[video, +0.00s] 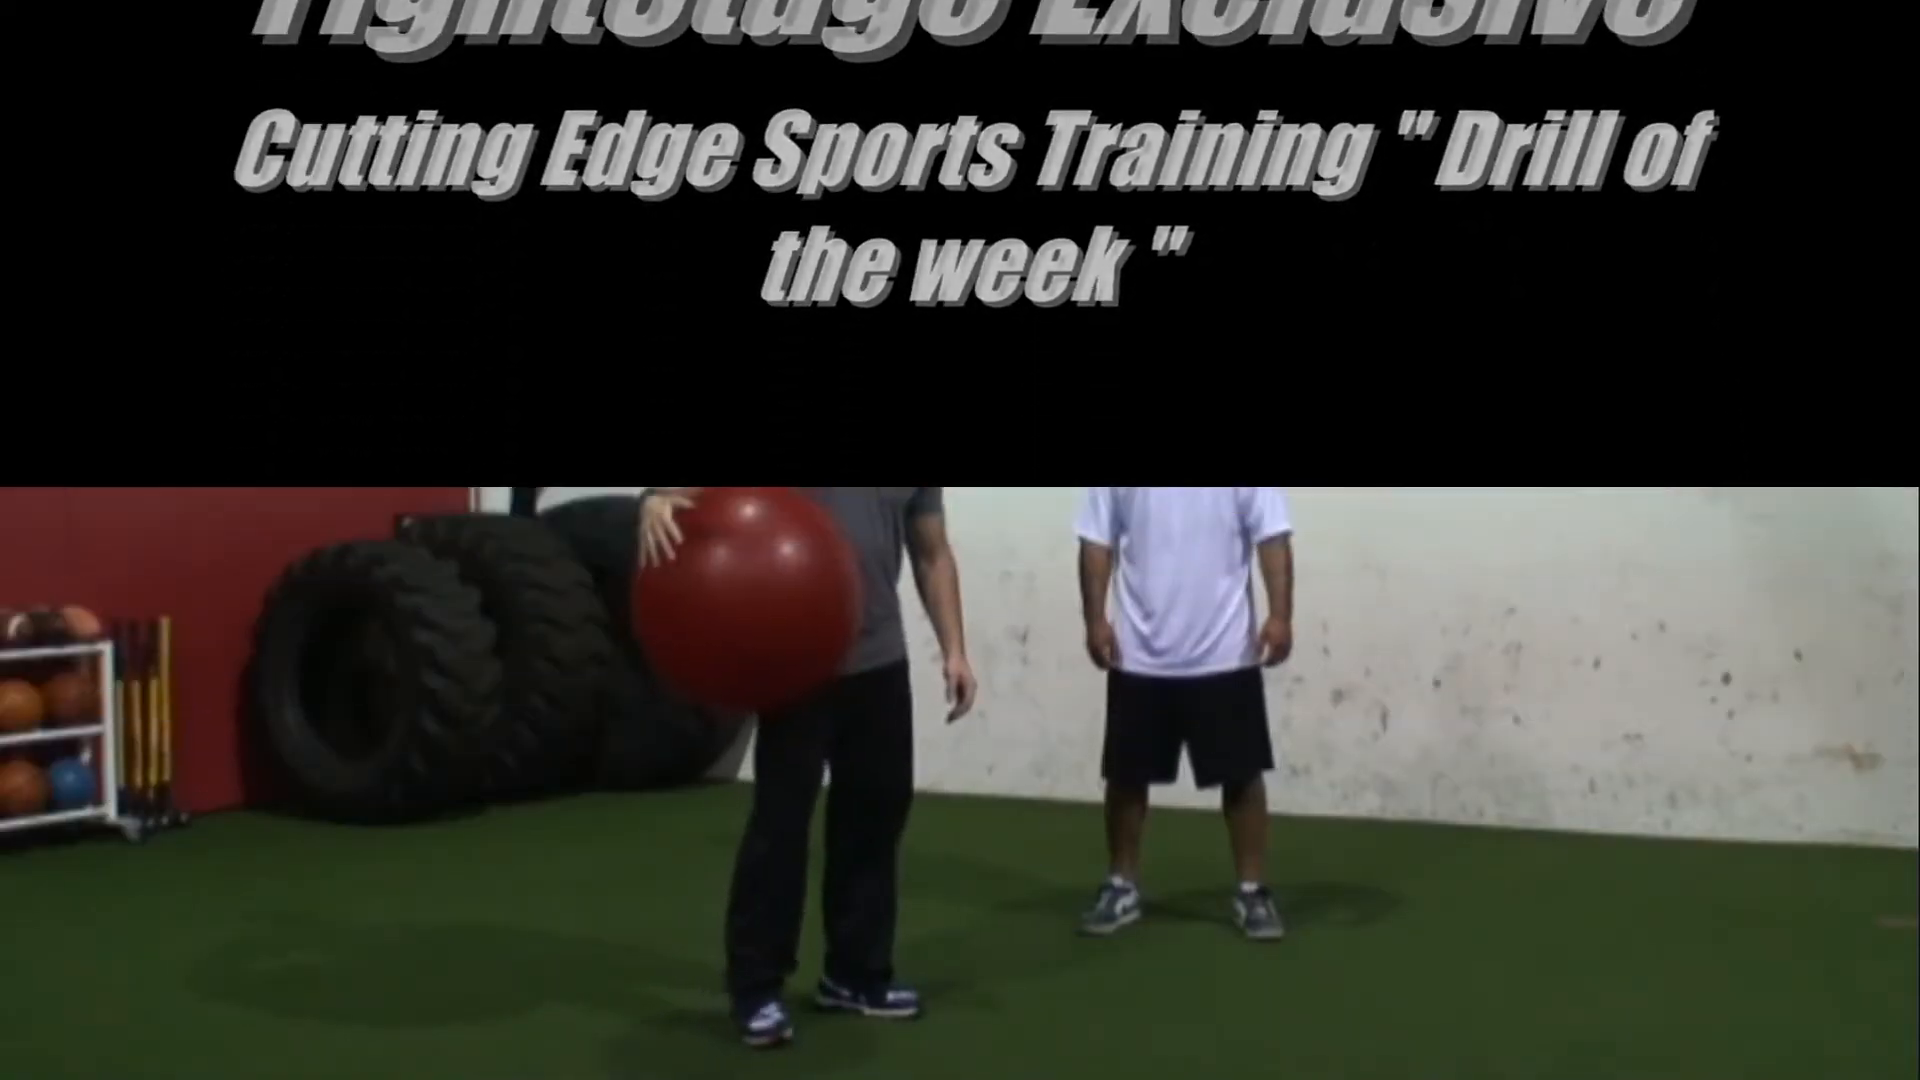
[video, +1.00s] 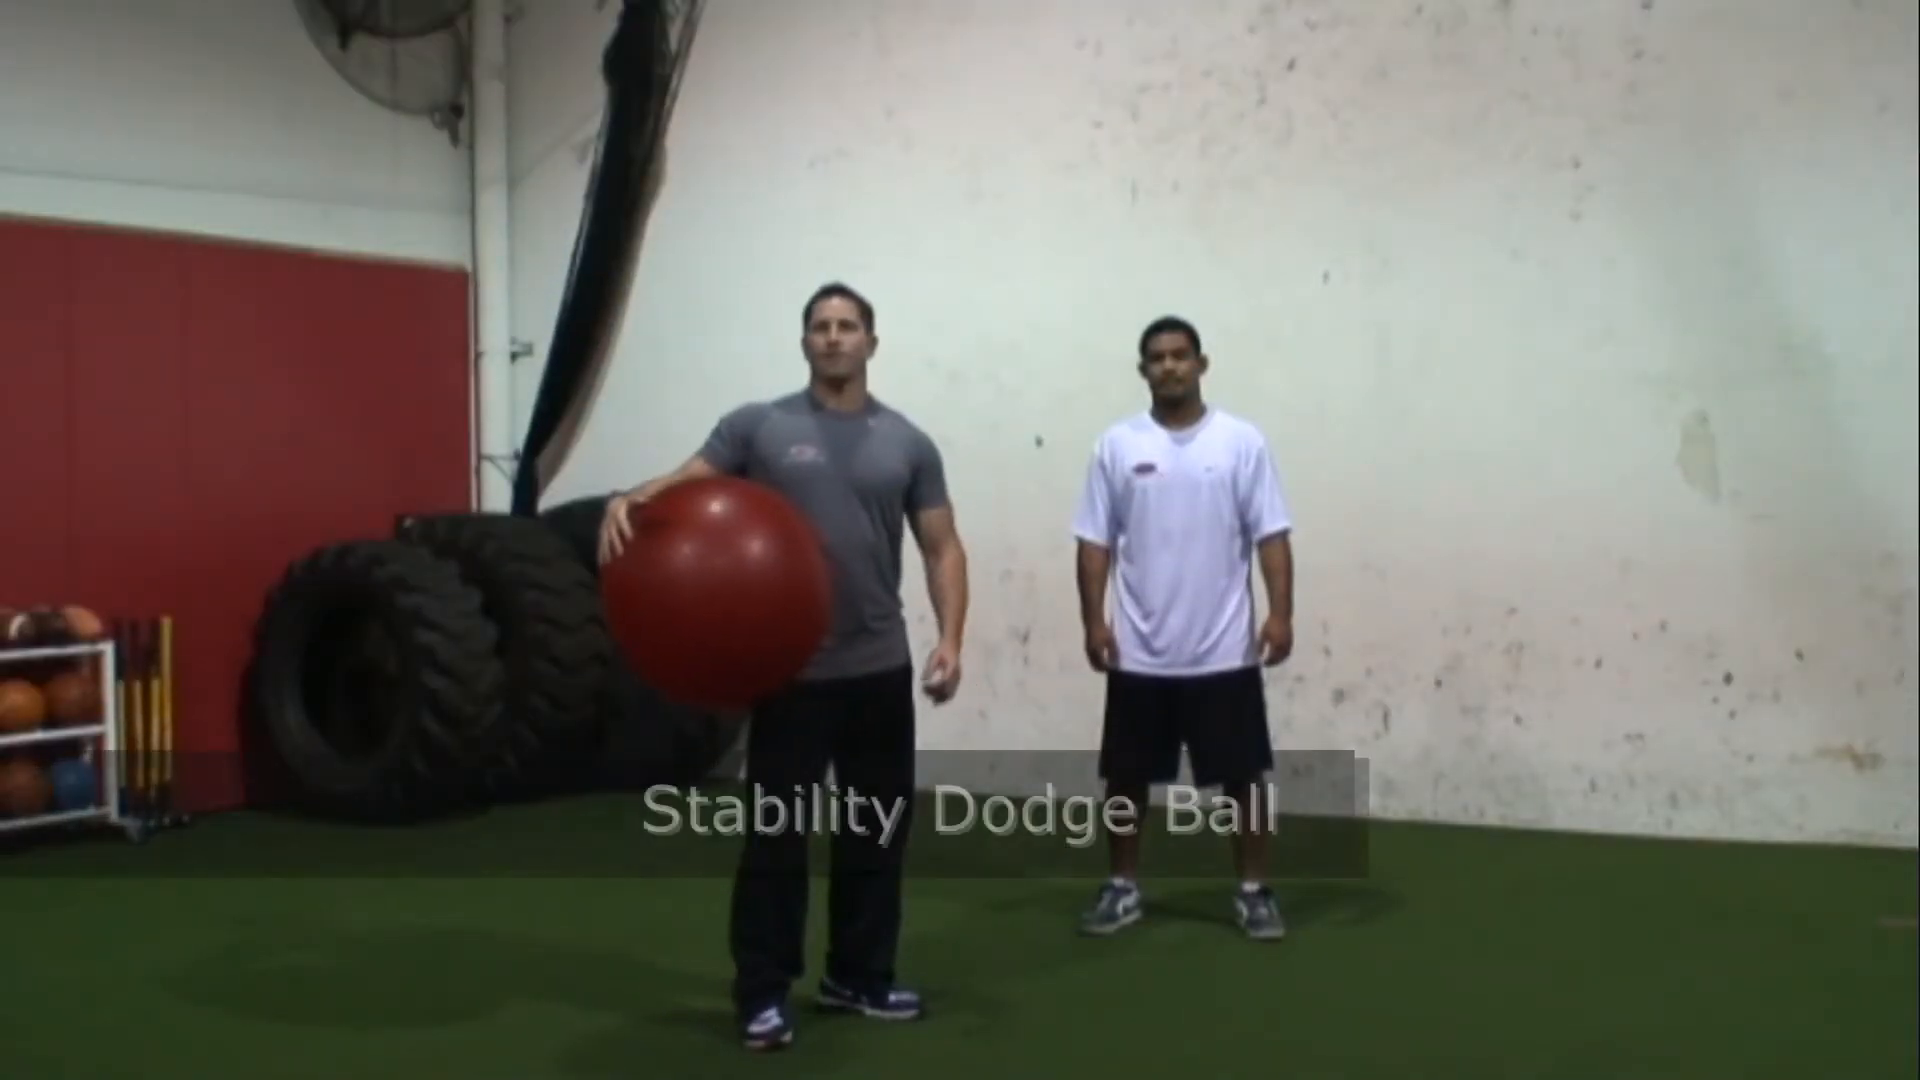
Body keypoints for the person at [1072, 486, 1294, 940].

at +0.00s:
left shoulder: (1249, 490)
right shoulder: (1113, 490)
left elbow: (1272, 534)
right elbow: (1097, 537)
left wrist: (1280, 615)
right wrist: (1095, 620)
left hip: (1223, 647)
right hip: (1141, 647)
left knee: (1242, 776)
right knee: (1126, 775)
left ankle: (1252, 891)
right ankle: (1121, 886)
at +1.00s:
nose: (1169, 366)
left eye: (1179, 356)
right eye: (1157, 358)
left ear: (1201, 364)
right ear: (1143, 371)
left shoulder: (1242, 442)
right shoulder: (1118, 446)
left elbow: (1271, 533)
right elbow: (1094, 539)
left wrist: (1281, 612)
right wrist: (1094, 620)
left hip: (1223, 645)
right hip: (1141, 646)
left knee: (1245, 780)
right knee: (1124, 779)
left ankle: (1253, 888)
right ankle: (1123, 884)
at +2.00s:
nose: (1166, 366)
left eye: (1177, 356)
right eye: (1154, 358)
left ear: (1199, 364)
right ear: (1140, 371)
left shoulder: (1240, 442)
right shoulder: (1117, 447)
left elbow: (1269, 534)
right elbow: (1094, 540)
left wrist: (1277, 614)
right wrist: (1093, 622)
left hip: (1222, 647)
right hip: (1141, 648)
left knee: (1241, 777)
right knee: (1125, 778)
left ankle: (1252, 886)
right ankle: (1123, 883)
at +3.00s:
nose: (1166, 366)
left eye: (1177, 356)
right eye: (1155, 358)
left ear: (1199, 364)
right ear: (1141, 371)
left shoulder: (1240, 442)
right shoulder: (1117, 448)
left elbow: (1269, 534)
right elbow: (1094, 541)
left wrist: (1277, 613)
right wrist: (1093, 622)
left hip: (1222, 648)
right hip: (1140, 649)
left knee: (1242, 778)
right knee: (1124, 778)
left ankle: (1253, 887)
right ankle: (1123, 884)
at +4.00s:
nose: (1165, 367)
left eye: (1176, 356)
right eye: (1153, 359)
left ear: (1198, 364)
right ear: (1140, 372)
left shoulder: (1241, 442)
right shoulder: (1116, 447)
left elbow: (1270, 533)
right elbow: (1092, 540)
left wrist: (1278, 612)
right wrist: (1090, 621)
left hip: (1222, 646)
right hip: (1140, 647)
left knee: (1245, 779)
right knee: (1124, 780)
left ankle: (1254, 889)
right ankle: (1122, 885)